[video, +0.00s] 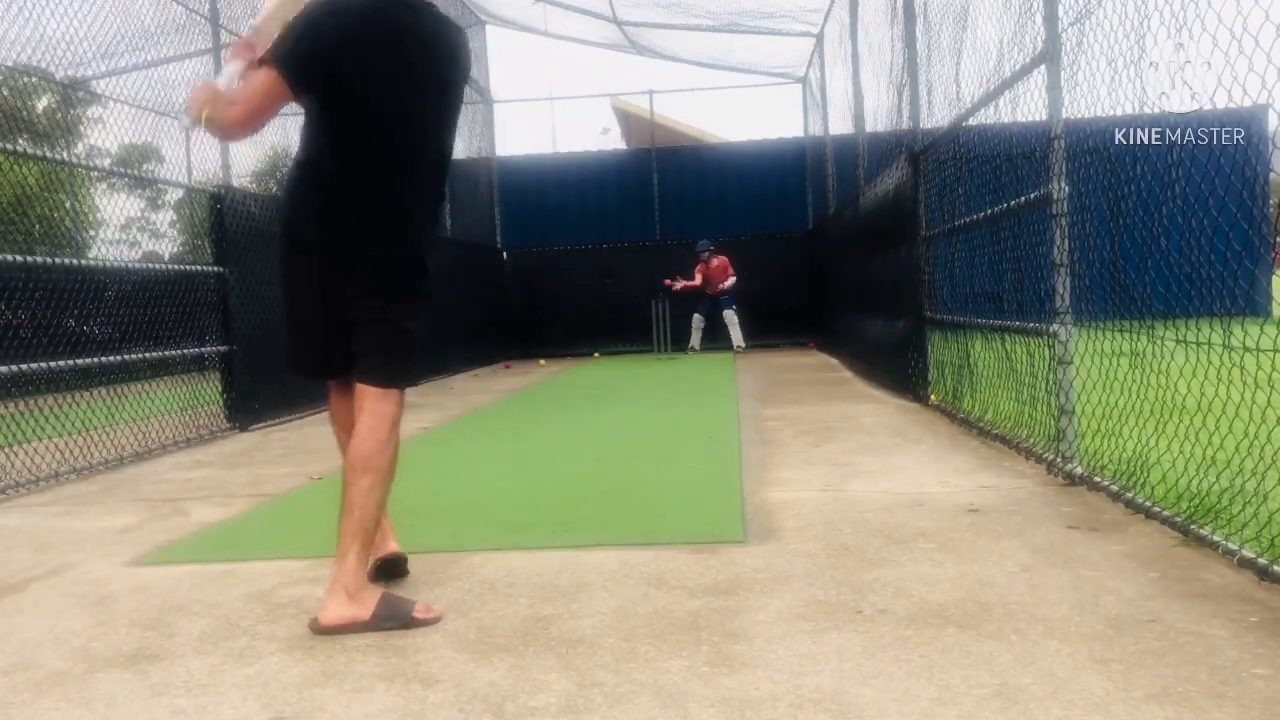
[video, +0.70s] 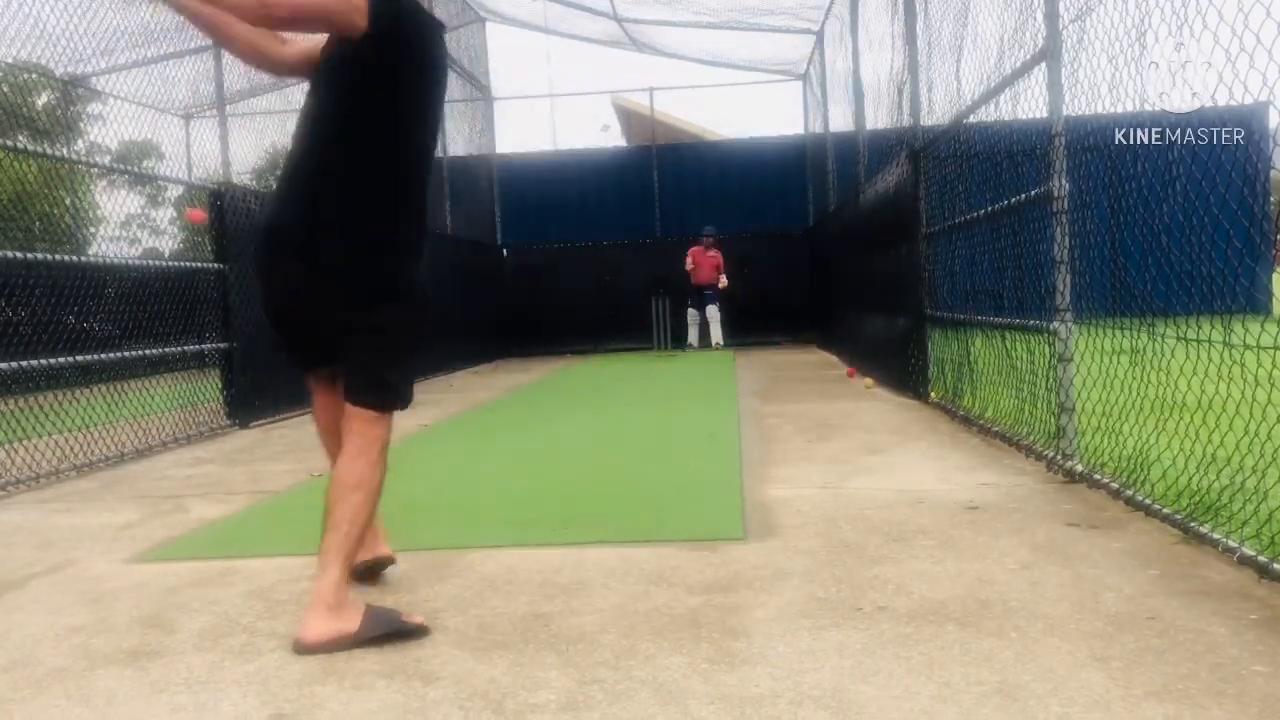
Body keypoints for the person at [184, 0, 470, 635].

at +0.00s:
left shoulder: (332, 19)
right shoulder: (448, 35)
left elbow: (241, 117)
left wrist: (209, 102)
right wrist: (280, 60)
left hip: (320, 236)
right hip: (402, 238)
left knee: (343, 386)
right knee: (380, 405)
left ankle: (380, 535)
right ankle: (348, 591)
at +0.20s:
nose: (481, 55)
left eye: (483, 41)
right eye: (479, 38)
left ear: (440, 29)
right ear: (453, 32)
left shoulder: (425, 105)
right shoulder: (380, 59)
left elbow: (391, 199)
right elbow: (307, 139)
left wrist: (429, 236)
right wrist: (422, 177)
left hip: (337, 257)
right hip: (299, 255)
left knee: (418, 377)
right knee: (396, 403)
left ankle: (385, 546)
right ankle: (331, 604)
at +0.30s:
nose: (475, 58)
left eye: (474, 46)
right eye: (475, 44)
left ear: (421, 34)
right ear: (461, 42)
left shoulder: (406, 100)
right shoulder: (386, 78)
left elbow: (438, 205)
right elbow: (378, 179)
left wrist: (503, 206)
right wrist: (483, 146)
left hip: (321, 267)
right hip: (307, 270)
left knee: (398, 395)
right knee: (415, 426)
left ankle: (386, 549)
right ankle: (330, 605)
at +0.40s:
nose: (454, 48)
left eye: (453, 36)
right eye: (455, 38)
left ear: (389, 22)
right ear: (444, 40)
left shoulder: (332, 55)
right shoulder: (422, 102)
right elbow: (448, 219)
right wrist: (489, 164)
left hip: (273, 269)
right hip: (342, 280)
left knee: (373, 410)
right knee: (426, 441)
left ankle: (386, 548)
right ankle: (332, 608)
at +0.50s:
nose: (447, 39)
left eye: (446, 27)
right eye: (448, 28)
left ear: (382, 4)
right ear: (441, 25)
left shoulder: (319, 14)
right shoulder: (443, 89)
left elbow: (254, 62)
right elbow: (404, 147)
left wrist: (313, 104)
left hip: (283, 249)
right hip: (361, 262)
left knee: (379, 393)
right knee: (409, 434)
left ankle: (382, 546)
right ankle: (331, 607)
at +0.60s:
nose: (453, 10)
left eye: (447, 9)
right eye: (453, 9)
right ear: (441, 7)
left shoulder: (356, 12)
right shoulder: (441, 59)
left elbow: (217, 36)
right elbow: (322, 115)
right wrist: (214, 95)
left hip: (297, 238)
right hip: (376, 248)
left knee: (362, 383)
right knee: (380, 430)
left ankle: (390, 540)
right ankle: (330, 607)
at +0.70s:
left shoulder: (378, 20)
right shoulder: (404, 27)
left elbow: (270, 29)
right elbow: (273, 40)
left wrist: (190, 3)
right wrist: (188, 2)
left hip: (306, 244)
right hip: (378, 249)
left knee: (330, 395)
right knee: (366, 429)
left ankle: (367, 538)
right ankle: (330, 604)